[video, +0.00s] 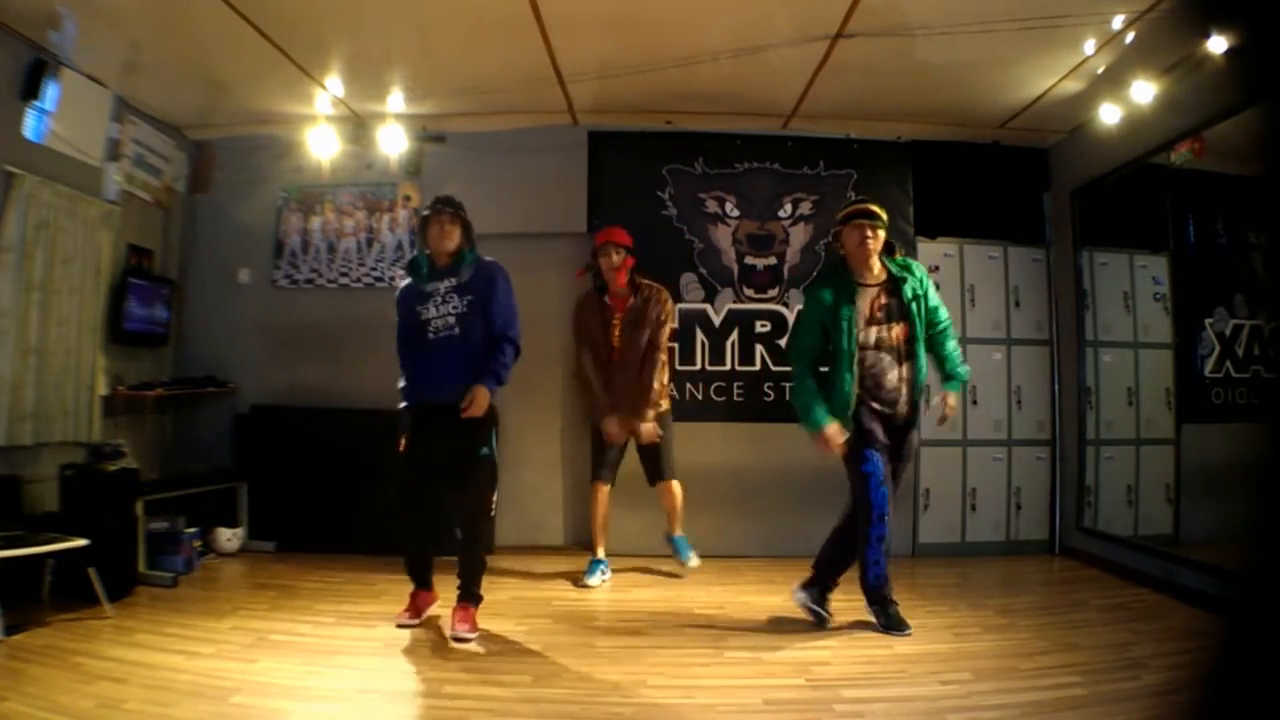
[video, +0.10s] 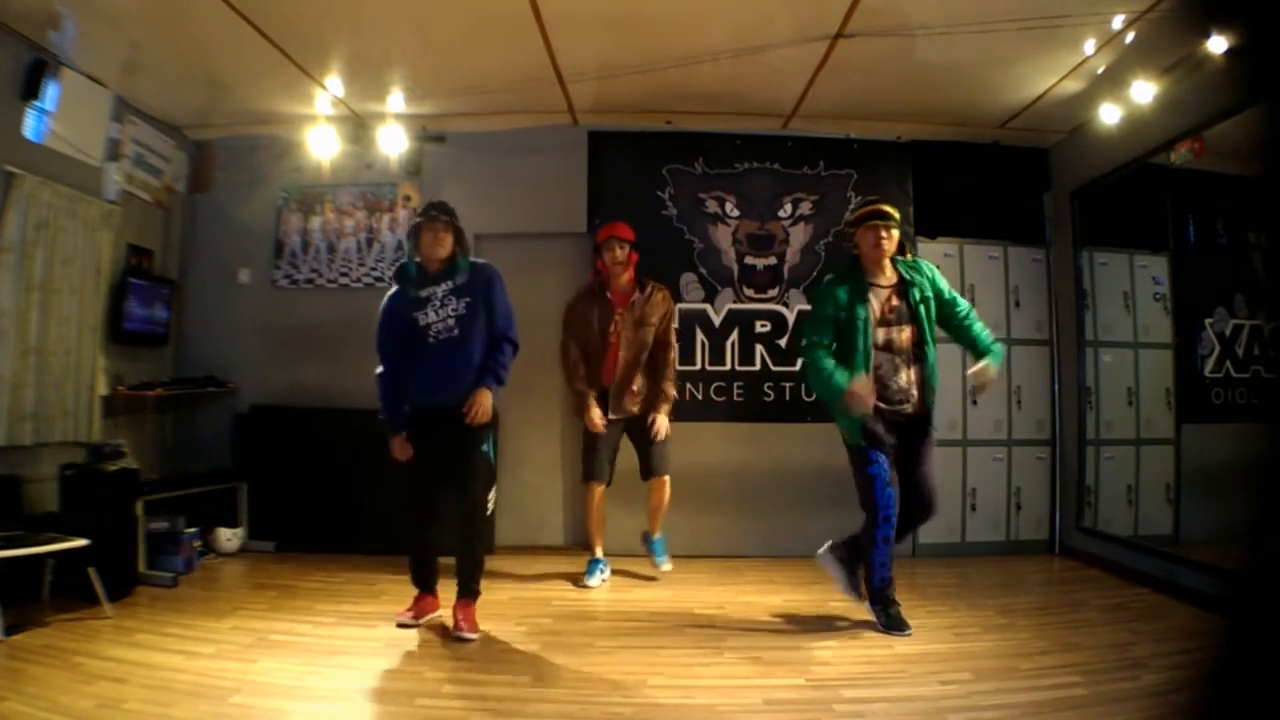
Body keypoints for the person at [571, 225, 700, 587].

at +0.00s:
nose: (612, 259)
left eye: (618, 252)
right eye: (605, 253)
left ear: (630, 257)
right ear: (596, 260)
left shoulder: (657, 298)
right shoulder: (588, 305)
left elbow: (659, 357)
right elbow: (587, 361)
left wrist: (649, 412)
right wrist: (605, 411)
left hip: (650, 402)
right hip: (609, 404)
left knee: (666, 479)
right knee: (600, 481)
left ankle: (676, 534)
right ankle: (599, 558)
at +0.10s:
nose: (616, 254)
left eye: (622, 247)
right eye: (608, 249)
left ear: (633, 253)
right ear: (599, 256)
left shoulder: (657, 300)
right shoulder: (583, 302)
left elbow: (666, 358)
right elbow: (572, 357)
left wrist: (663, 407)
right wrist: (587, 402)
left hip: (645, 400)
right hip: (602, 400)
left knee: (660, 474)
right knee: (595, 479)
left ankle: (654, 536)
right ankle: (597, 558)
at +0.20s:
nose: (617, 253)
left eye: (624, 247)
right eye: (610, 247)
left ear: (634, 252)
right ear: (600, 254)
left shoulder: (655, 301)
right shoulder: (582, 298)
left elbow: (677, 347)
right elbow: (557, 342)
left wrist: (682, 383)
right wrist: (565, 384)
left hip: (643, 401)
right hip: (598, 400)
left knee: (652, 478)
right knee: (593, 481)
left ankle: (643, 549)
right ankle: (592, 559)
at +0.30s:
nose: (618, 255)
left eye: (624, 248)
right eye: (611, 249)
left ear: (635, 255)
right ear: (601, 256)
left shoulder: (657, 303)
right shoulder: (584, 300)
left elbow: (671, 347)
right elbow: (559, 338)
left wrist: (686, 371)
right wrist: (561, 360)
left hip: (640, 405)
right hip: (597, 403)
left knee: (648, 486)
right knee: (593, 486)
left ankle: (639, 554)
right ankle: (590, 560)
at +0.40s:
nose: (620, 246)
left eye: (626, 240)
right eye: (613, 240)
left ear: (636, 246)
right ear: (604, 246)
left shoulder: (655, 291)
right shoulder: (587, 289)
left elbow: (662, 341)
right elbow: (586, 340)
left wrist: (646, 371)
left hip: (645, 391)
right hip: (606, 390)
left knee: (653, 468)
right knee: (597, 474)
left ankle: (648, 547)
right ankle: (593, 556)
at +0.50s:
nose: (623, 250)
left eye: (630, 243)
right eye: (616, 244)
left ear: (640, 248)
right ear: (606, 250)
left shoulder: (660, 291)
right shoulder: (590, 293)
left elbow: (666, 345)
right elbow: (599, 346)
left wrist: (656, 386)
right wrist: (633, 385)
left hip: (650, 395)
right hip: (609, 395)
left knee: (658, 471)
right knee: (605, 477)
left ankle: (661, 550)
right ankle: (603, 551)